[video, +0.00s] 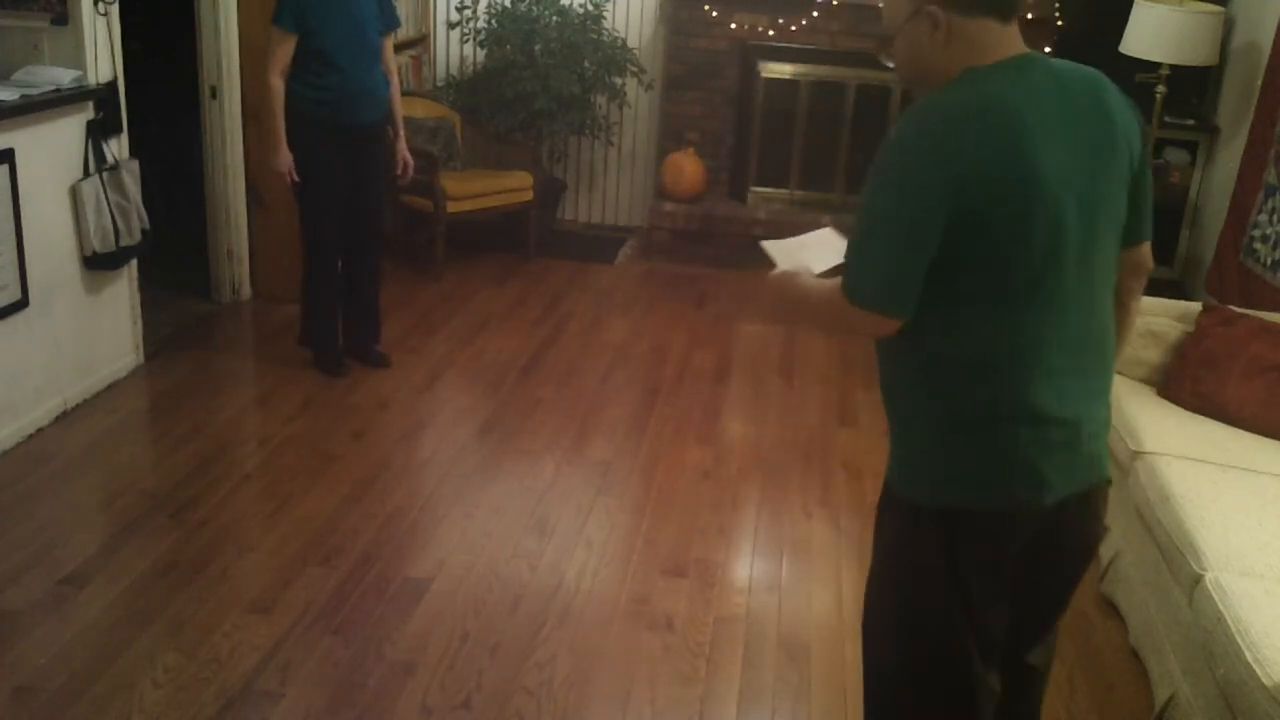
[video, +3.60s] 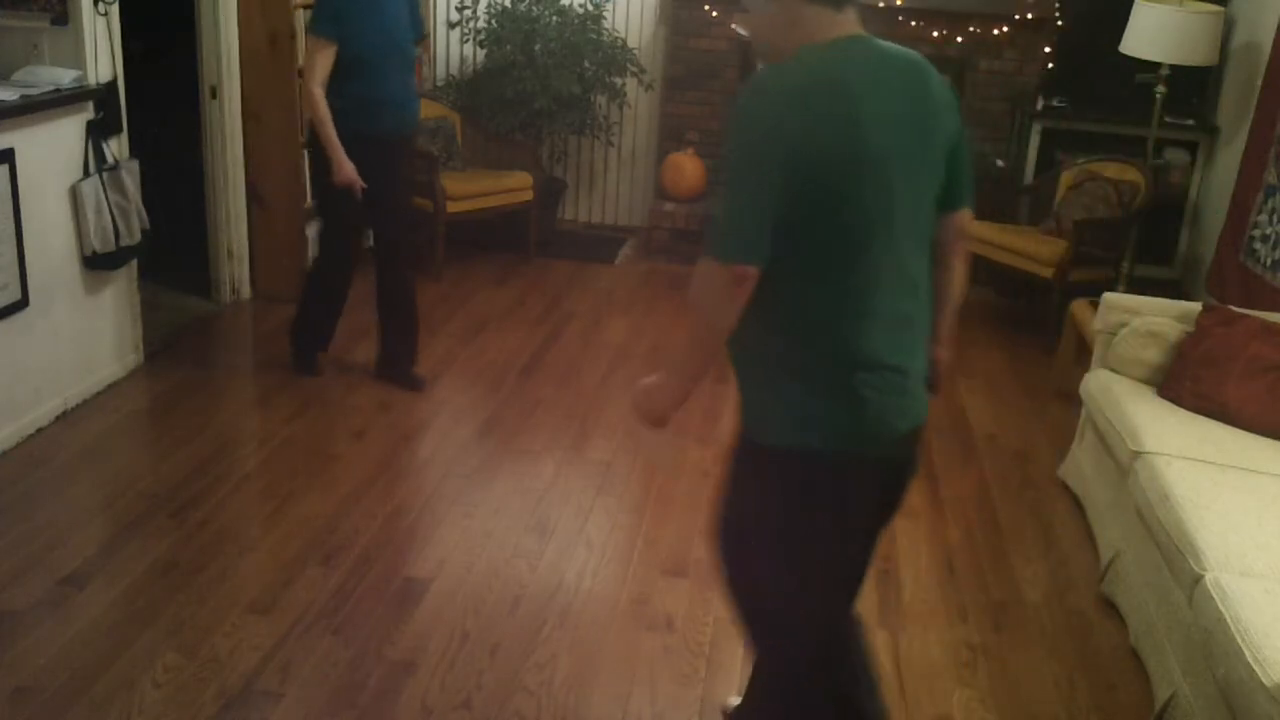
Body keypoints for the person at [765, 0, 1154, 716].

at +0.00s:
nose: (892, 55)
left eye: (893, 31)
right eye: (888, 35)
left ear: (934, 19)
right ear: (1007, 19)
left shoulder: (933, 131)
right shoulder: (1108, 105)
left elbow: (876, 309)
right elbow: (1133, 267)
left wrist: (790, 297)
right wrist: (1090, 373)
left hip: (956, 494)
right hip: (1076, 486)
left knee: (921, 698)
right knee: (1017, 687)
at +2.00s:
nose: (994, 27)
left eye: (999, 12)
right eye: (994, 13)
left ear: (1033, 11)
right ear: (1101, 13)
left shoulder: (1018, 110)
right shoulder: (1182, 94)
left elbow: (956, 274)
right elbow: (1200, 233)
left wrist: (901, 275)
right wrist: (1175, 328)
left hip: (1004, 439)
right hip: (1124, 443)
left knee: (945, 596)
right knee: (1051, 627)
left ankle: (957, 708)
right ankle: (1029, 711)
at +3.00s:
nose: (888, 35)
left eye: (893, 17)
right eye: (888, 19)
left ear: (927, 18)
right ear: (1001, 19)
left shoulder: (925, 119)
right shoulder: (1084, 113)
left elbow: (858, 294)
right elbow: (1106, 267)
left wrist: (803, 308)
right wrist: (1075, 369)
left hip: (936, 455)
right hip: (1042, 448)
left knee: (908, 660)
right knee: (1004, 647)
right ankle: (1004, 714)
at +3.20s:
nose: (840, 27)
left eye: (846, 10)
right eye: (840, 12)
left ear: (886, 11)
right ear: (952, 13)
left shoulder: (875, 107)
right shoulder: (1046, 101)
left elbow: (798, 284)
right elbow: (1074, 260)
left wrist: (744, 294)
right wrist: (1057, 380)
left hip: (905, 447)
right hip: (1004, 437)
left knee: (894, 668)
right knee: (926, 641)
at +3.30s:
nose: (819, 33)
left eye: (824, 16)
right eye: (820, 18)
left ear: (860, 12)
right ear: (927, 14)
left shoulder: (850, 108)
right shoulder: (1021, 98)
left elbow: (775, 283)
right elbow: (1053, 258)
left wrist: (728, 299)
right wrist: (1038, 379)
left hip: (884, 439)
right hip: (982, 431)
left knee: (896, 647)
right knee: (883, 614)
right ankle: (840, 704)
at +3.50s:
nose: (769, 27)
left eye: (774, 11)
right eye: (769, 14)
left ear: (804, 9)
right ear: (872, 10)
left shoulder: (798, 106)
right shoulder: (957, 94)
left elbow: (750, 282)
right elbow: (988, 251)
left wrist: (691, 367)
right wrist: (977, 363)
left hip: (828, 426)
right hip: (927, 418)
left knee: (851, 623)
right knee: (822, 609)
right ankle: (766, 712)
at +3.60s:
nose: (735, 25)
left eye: (739, 11)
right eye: (734, 13)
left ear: (776, 6)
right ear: (839, 4)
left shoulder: (776, 95)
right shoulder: (923, 80)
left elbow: (734, 269)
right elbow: (955, 228)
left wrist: (678, 377)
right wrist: (940, 341)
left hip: (801, 425)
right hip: (895, 415)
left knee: (771, 579)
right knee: (818, 588)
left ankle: (840, 705)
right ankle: (776, 704)